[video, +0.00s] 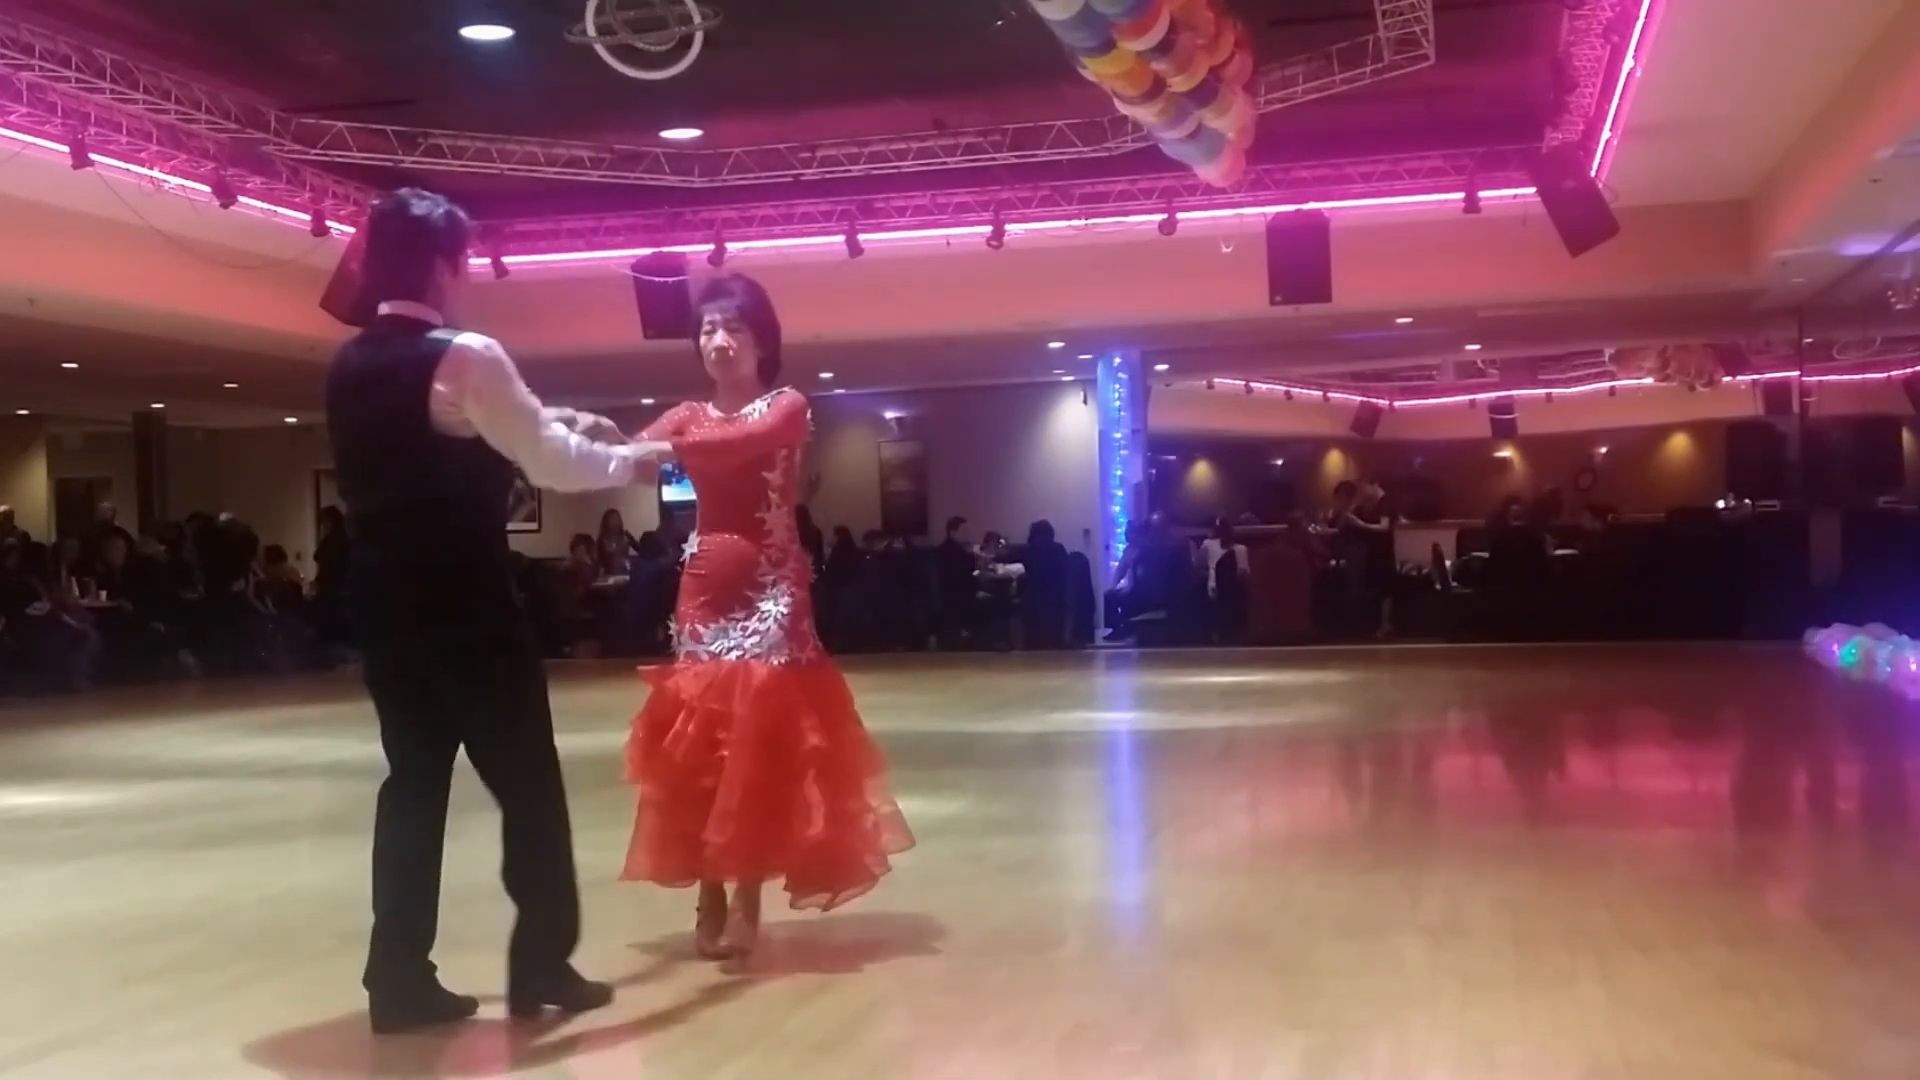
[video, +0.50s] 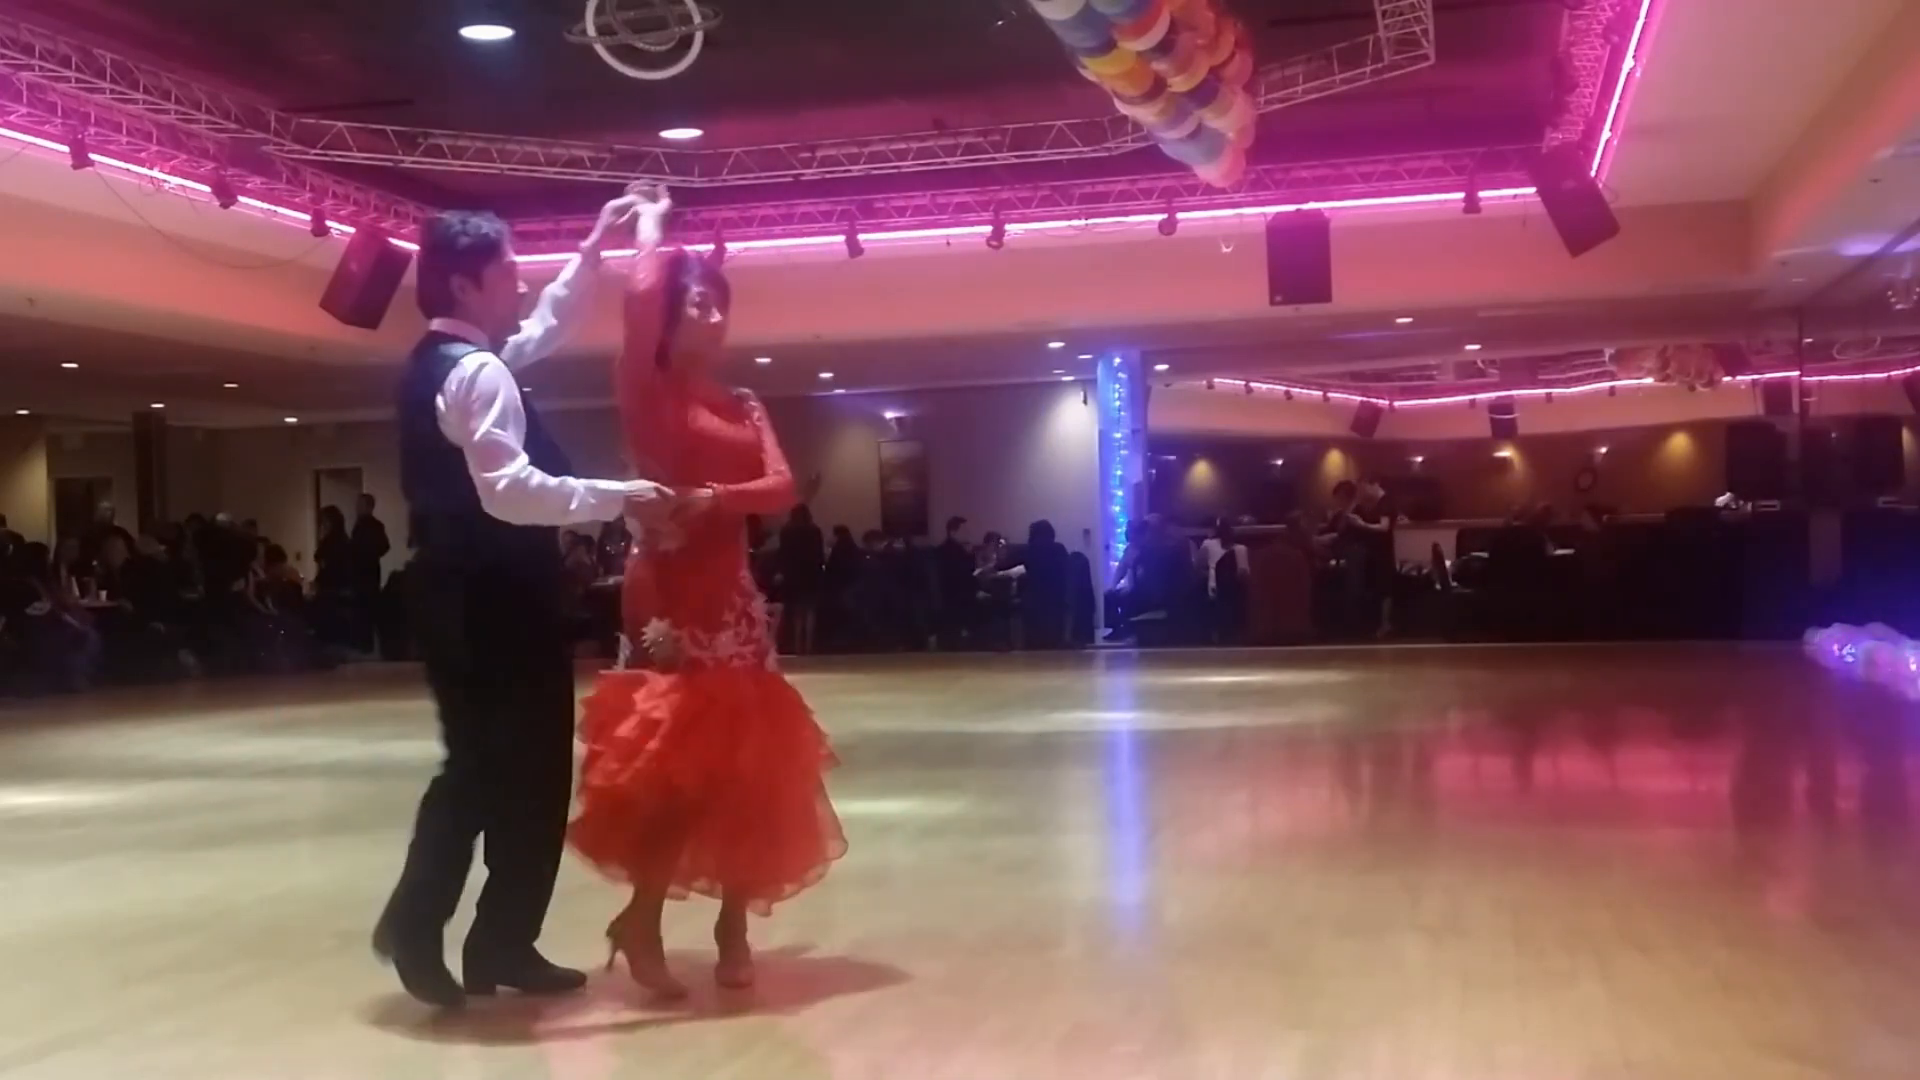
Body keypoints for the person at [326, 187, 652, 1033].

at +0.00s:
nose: (469, 273)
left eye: (464, 256)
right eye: (462, 258)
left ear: (383, 262)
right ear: (435, 263)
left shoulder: (352, 364)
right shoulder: (467, 362)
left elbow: (484, 426)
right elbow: (557, 464)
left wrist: (575, 425)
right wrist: (645, 459)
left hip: (389, 612)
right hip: (471, 610)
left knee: (413, 782)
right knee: (530, 784)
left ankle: (399, 983)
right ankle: (543, 968)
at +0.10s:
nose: (470, 275)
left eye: (467, 259)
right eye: (463, 260)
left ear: (383, 263)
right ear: (437, 264)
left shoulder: (349, 365)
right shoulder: (462, 358)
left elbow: (436, 447)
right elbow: (537, 471)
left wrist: (533, 403)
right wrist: (633, 473)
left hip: (393, 610)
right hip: (476, 606)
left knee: (409, 787)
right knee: (525, 783)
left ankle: (400, 986)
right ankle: (523, 965)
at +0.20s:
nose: (480, 278)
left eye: (476, 263)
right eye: (472, 263)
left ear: (393, 272)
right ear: (440, 270)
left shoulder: (365, 369)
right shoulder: (464, 366)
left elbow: (455, 410)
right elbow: (532, 477)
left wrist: (524, 341)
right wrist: (623, 485)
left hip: (400, 608)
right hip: (481, 607)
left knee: (412, 783)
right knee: (529, 776)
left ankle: (400, 985)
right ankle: (515, 948)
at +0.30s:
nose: (490, 284)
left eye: (488, 269)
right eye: (483, 269)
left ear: (409, 279)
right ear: (447, 275)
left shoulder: (384, 369)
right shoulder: (465, 370)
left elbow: (483, 374)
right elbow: (526, 488)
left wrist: (539, 291)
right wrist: (627, 497)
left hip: (414, 611)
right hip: (490, 609)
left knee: (420, 779)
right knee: (534, 769)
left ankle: (402, 985)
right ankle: (505, 944)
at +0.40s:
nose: (506, 275)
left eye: (500, 262)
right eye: (492, 263)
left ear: (429, 284)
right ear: (452, 280)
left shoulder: (412, 369)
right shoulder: (470, 371)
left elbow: (517, 340)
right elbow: (519, 491)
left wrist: (569, 257)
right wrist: (633, 499)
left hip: (429, 598)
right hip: (497, 597)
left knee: (442, 771)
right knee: (534, 770)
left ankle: (405, 974)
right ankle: (503, 945)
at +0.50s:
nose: (520, 282)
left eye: (514, 269)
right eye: (508, 270)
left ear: (447, 284)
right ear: (469, 281)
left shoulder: (435, 364)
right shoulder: (479, 371)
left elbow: (540, 325)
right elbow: (508, 488)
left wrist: (595, 244)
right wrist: (627, 496)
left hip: (455, 591)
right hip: (511, 596)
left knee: (475, 764)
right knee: (534, 774)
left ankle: (411, 924)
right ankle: (504, 945)